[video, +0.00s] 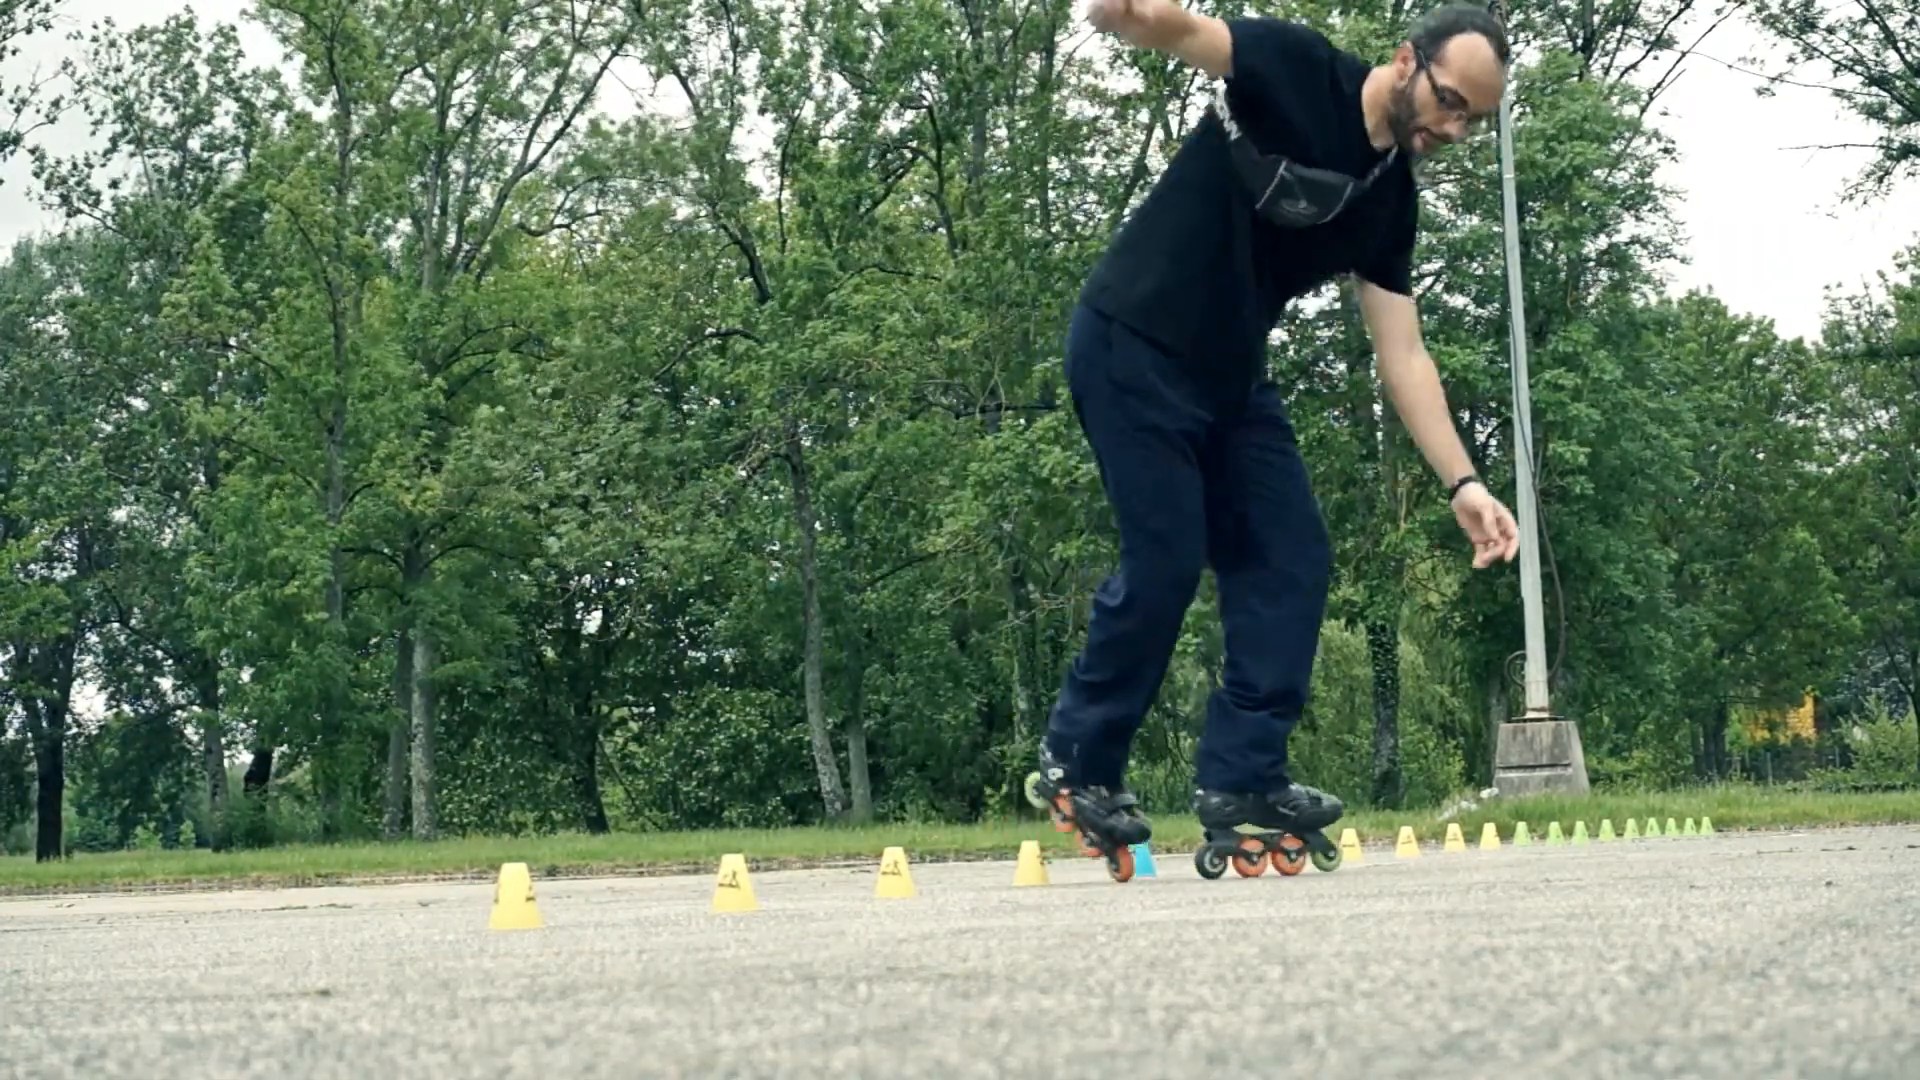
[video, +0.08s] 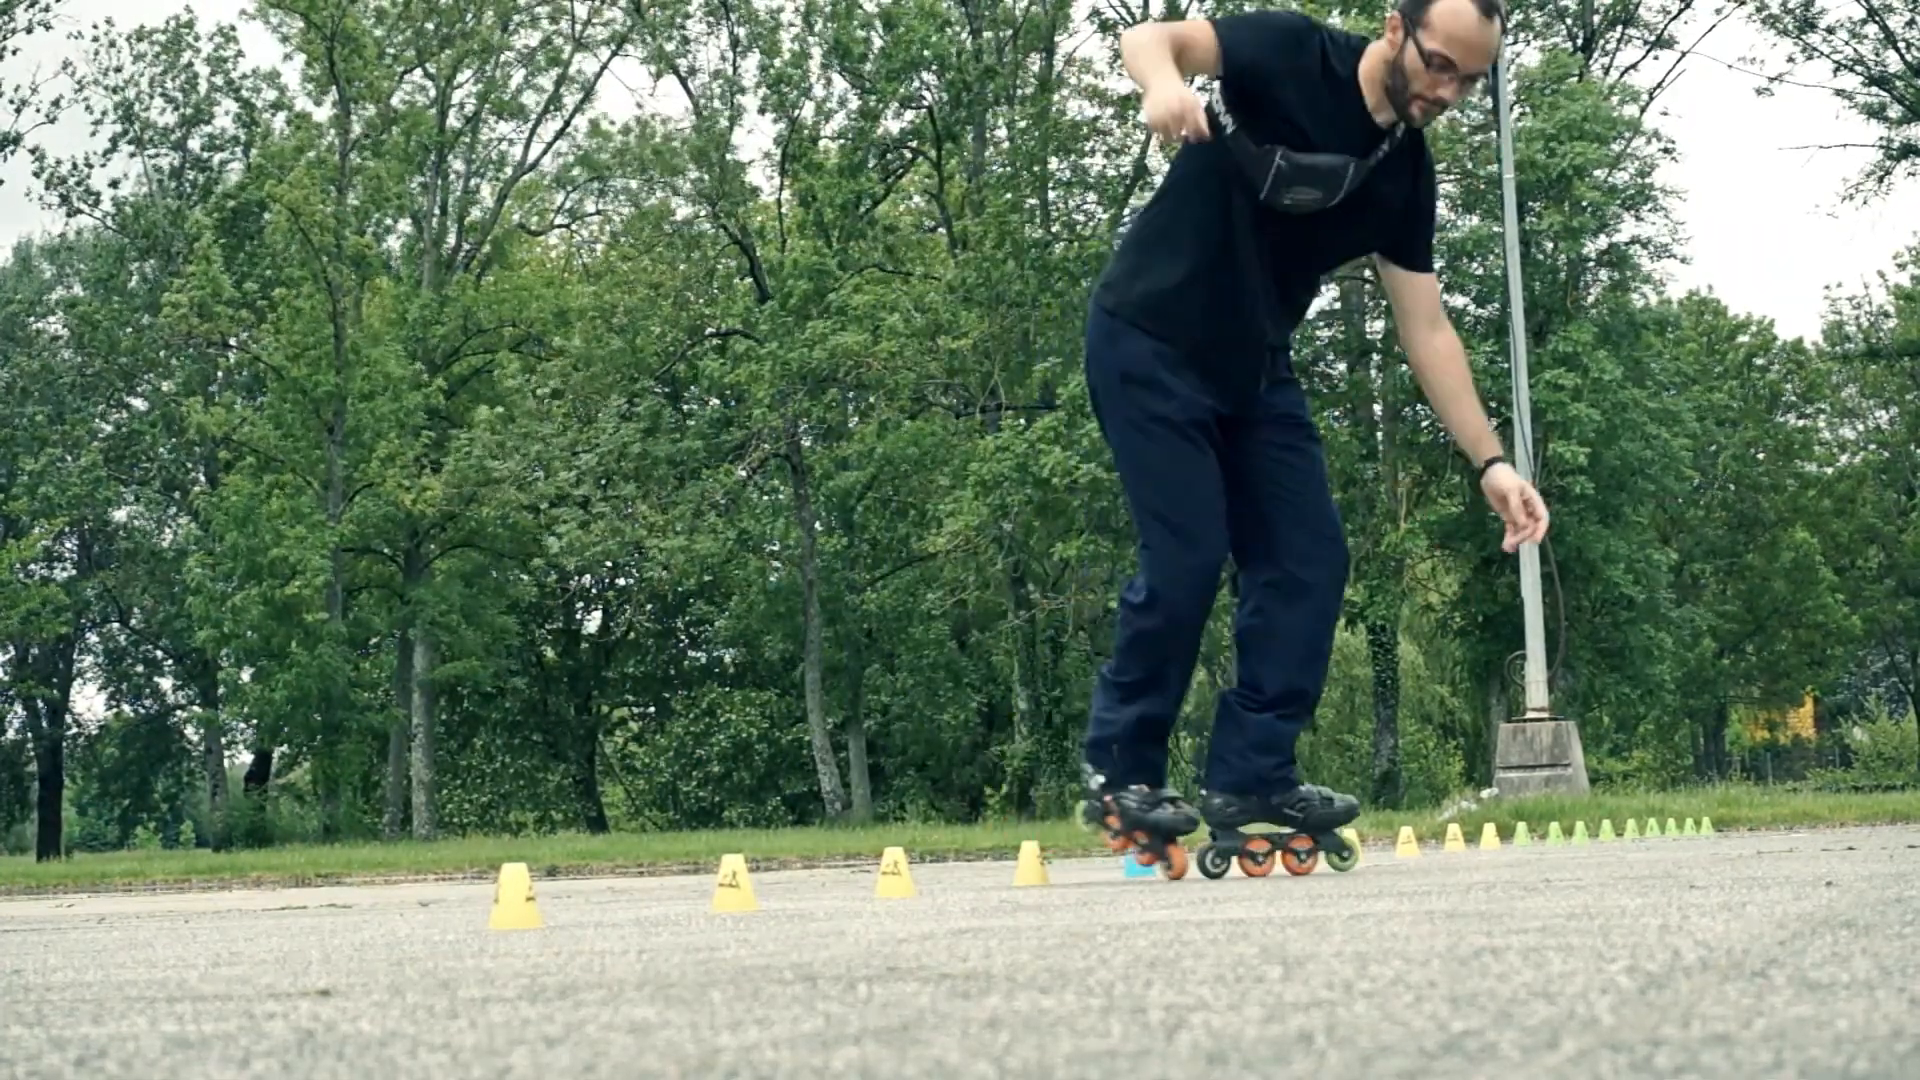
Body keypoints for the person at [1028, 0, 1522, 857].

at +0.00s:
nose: (1453, 127)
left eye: (1472, 118)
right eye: (1449, 100)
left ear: (1478, 113)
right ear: (1409, 58)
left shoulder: (1389, 197)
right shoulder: (1301, 67)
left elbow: (1402, 351)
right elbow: (1187, 32)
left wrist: (1464, 483)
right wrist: (1130, 18)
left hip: (1229, 367)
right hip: (1131, 335)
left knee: (1288, 558)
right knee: (1166, 556)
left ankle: (1242, 781)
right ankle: (1078, 765)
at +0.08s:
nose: (1449, 93)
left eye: (1470, 81)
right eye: (1439, 65)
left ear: (1486, 75)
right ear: (1396, 28)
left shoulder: (1404, 171)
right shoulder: (1291, 51)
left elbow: (1428, 328)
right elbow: (1145, 38)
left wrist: (1491, 463)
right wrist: (1164, 85)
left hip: (1255, 363)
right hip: (1148, 334)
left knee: (1306, 561)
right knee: (1188, 551)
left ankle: (1249, 778)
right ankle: (1122, 767)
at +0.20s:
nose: (1430, 50)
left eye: (1454, 35)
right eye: (1417, 24)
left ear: (1473, 30)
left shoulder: (1430, 134)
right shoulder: (1290, 37)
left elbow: (1464, 289)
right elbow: (1145, 96)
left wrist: (1531, 426)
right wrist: (1209, 196)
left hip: (1291, 354)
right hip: (1176, 328)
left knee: (1339, 551)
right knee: (1220, 531)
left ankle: (1303, 779)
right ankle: (1173, 773)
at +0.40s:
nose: (1410, 14)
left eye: (1431, 1)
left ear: (1454, 4)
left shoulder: (1466, 101)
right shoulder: (1284, 43)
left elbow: (1506, 243)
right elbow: (1150, 147)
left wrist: (1564, 383)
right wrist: (1187, 286)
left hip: (1357, 358)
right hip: (1239, 341)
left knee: (1413, 555)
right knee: (1301, 534)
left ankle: (1423, 779)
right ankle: (1287, 779)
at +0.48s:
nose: (1392, 8)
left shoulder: (1467, 78)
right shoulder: (1273, 43)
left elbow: (1511, 226)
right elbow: (1152, 147)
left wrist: (1564, 372)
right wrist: (1182, 292)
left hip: (1382, 349)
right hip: (1264, 339)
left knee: (1433, 547)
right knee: (1336, 527)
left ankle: (1467, 779)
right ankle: (1325, 776)